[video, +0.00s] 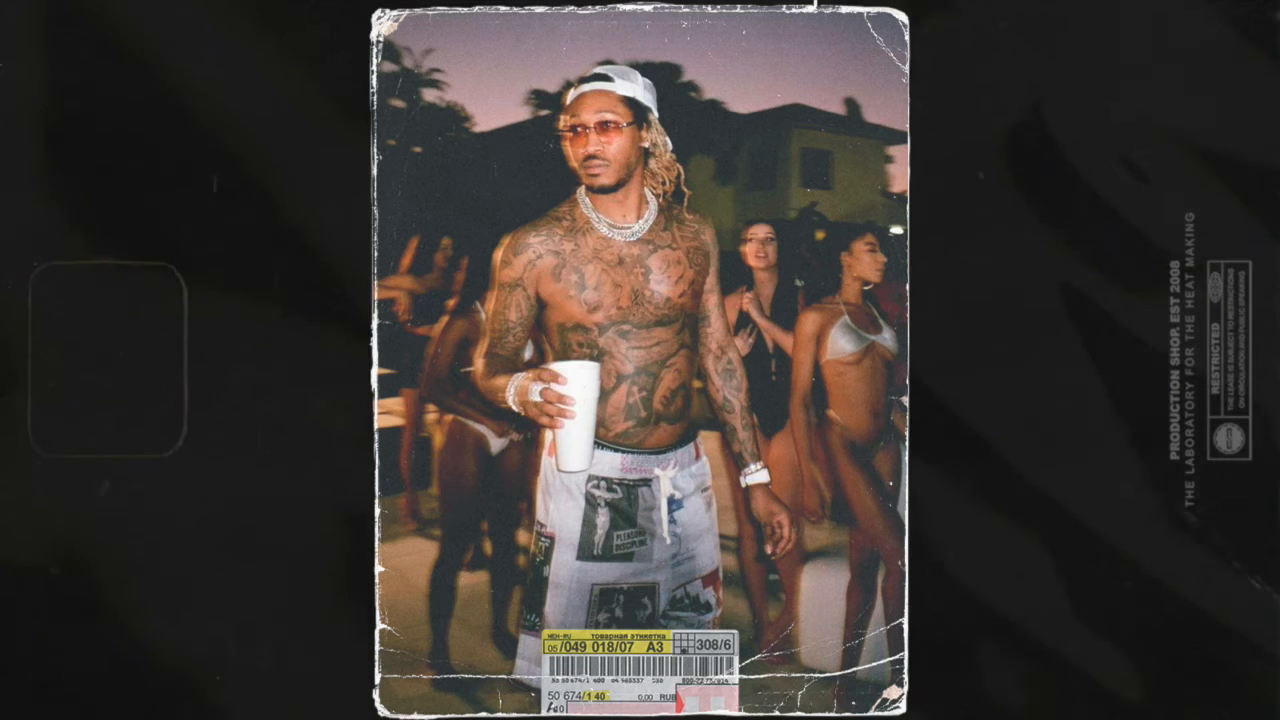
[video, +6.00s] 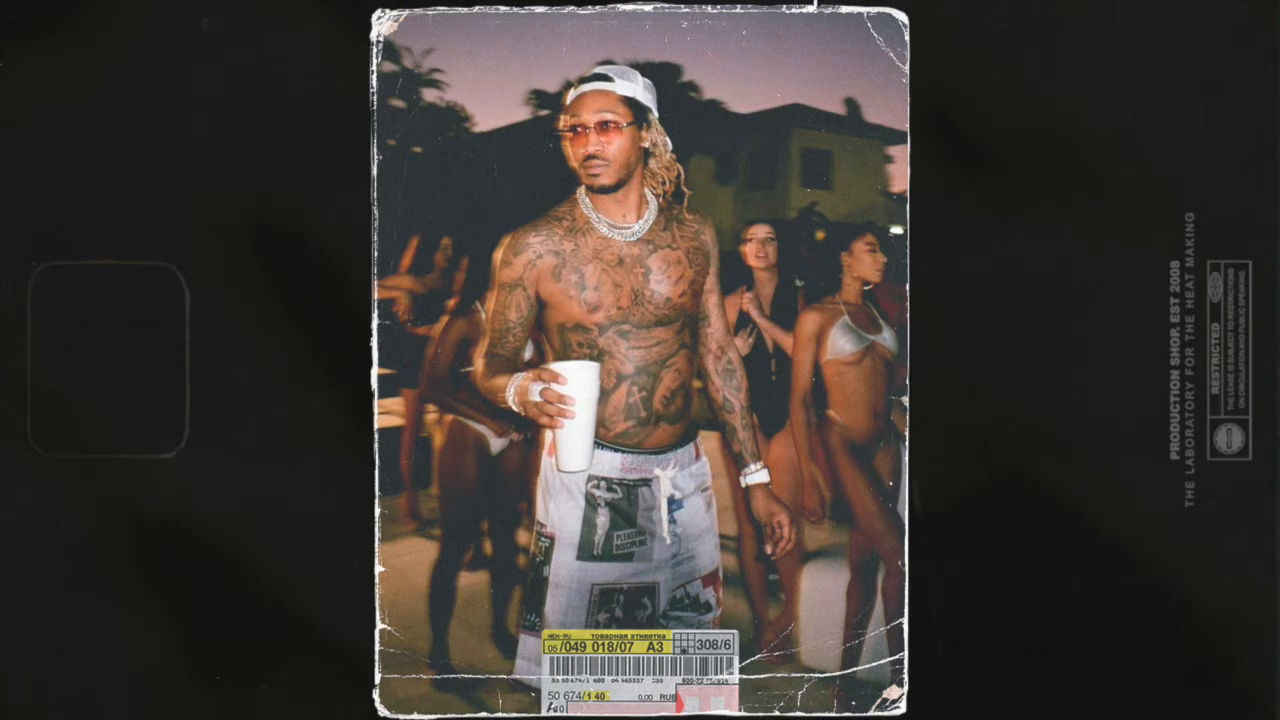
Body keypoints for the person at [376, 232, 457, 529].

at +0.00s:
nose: (446, 253)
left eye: (451, 248)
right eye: (442, 247)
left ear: (455, 252)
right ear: (431, 250)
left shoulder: (457, 274)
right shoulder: (416, 277)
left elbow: (461, 303)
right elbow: (398, 283)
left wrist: (436, 327)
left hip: (445, 346)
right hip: (416, 345)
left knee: (450, 425)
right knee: (413, 426)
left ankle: (453, 498)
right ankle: (410, 500)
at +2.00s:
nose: (446, 254)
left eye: (451, 249)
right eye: (442, 248)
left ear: (456, 254)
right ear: (431, 250)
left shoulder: (456, 278)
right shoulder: (416, 280)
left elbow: (463, 305)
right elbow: (395, 284)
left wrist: (437, 326)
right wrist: (404, 295)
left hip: (446, 346)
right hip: (417, 344)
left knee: (451, 425)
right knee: (413, 427)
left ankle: (454, 499)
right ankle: (410, 502)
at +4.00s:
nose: (445, 254)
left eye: (450, 249)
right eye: (441, 248)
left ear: (455, 254)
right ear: (431, 250)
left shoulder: (458, 275)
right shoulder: (415, 282)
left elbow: (461, 302)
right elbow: (397, 283)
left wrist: (437, 327)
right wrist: (404, 300)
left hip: (445, 349)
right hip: (417, 346)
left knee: (449, 427)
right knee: (412, 428)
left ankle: (451, 499)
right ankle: (410, 502)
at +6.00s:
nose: (446, 255)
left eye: (451, 250)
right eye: (442, 249)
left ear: (455, 255)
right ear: (431, 252)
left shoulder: (454, 283)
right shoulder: (414, 283)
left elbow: (459, 315)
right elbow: (401, 321)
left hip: (444, 354)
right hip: (416, 352)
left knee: (449, 426)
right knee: (413, 427)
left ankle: (450, 499)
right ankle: (410, 500)